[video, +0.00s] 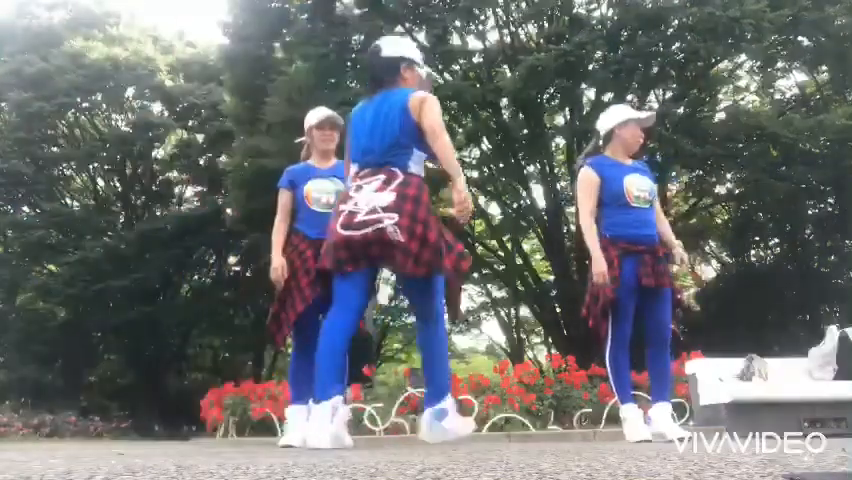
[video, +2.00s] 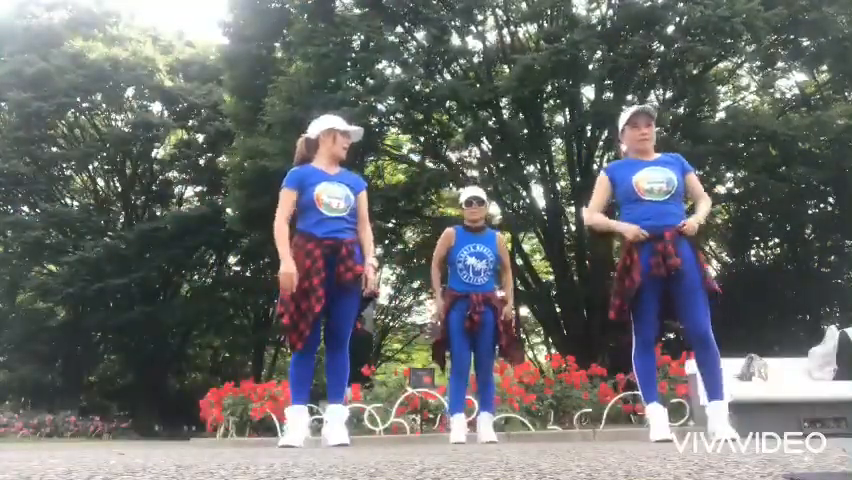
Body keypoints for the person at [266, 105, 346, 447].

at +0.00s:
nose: (328, 134)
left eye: (333, 129)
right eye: (321, 128)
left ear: (340, 134)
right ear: (309, 133)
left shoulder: (350, 171)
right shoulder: (294, 173)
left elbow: (359, 211)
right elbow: (282, 218)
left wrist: (357, 250)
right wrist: (277, 256)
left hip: (339, 251)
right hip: (303, 250)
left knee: (337, 328)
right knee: (304, 331)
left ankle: (332, 411)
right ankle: (298, 413)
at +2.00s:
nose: (349, 143)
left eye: (349, 138)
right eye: (343, 137)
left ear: (341, 141)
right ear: (326, 139)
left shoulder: (356, 182)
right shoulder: (299, 174)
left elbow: (364, 226)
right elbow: (281, 219)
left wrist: (370, 261)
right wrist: (286, 260)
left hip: (349, 257)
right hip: (309, 255)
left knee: (339, 338)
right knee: (306, 338)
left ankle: (336, 417)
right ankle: (297, 418)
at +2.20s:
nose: (347, 141)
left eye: (348, 137)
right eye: (341, 135)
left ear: (341, 142)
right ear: (322, 138)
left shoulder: (355, 179)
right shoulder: (299, 173)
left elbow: (377, 218)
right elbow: (257, 203)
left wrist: (379, 243)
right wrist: (284, 226)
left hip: (347, 259)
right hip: (309, 257)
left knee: (339, 340)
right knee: (305, 339)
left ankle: (336, 419)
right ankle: (297, 419)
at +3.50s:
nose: (340, 137)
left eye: (343, 132)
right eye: (333, 131)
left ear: (347, 137)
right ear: (317, 136)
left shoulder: (359, 167)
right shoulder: (299, 162)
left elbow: (391, 184)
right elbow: (251, 167)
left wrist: (374, 195)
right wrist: (278, 181)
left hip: (346, 255)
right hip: (308, 253)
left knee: (338, 339)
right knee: (305, 338)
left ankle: (336, 420)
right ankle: (298, 420)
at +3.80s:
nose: (336, 138)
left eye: (340, 133)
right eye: (330, 133)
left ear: (346, 138)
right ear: (315, 138)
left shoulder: (355, 168)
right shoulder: (302, 168)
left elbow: (391, 184)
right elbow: (271, 183)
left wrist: (361, 200)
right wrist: (308, 181)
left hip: (345, 254)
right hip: (307, 254)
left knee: (338, 340)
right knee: (305, 340)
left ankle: (335, 420)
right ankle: (297, 420)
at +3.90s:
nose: (343, 135)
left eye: (344, 131)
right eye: (336, 130)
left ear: (343, 138)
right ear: (319, 136)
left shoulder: (357, 174)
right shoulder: (297, 173)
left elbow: (369, 211)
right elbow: (287, 214)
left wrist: (359, 237)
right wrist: (302, 220)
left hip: (347, 259)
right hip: (310, 259)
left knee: (339, 341)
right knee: (306, 340)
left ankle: (336, 417)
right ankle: (297, 417)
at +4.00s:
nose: (345, 135)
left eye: (346, 131)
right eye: (338, 130)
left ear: (344, 137)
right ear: (320, 135)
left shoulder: (358, 175)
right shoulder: (297, 173)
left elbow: (362, 221)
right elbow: (284, 223)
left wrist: (360, 261)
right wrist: (291, 260)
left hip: (345, 257)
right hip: (307, 256)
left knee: (339, 341)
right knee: (306, 341)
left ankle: (336, 418)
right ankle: (297, 419)